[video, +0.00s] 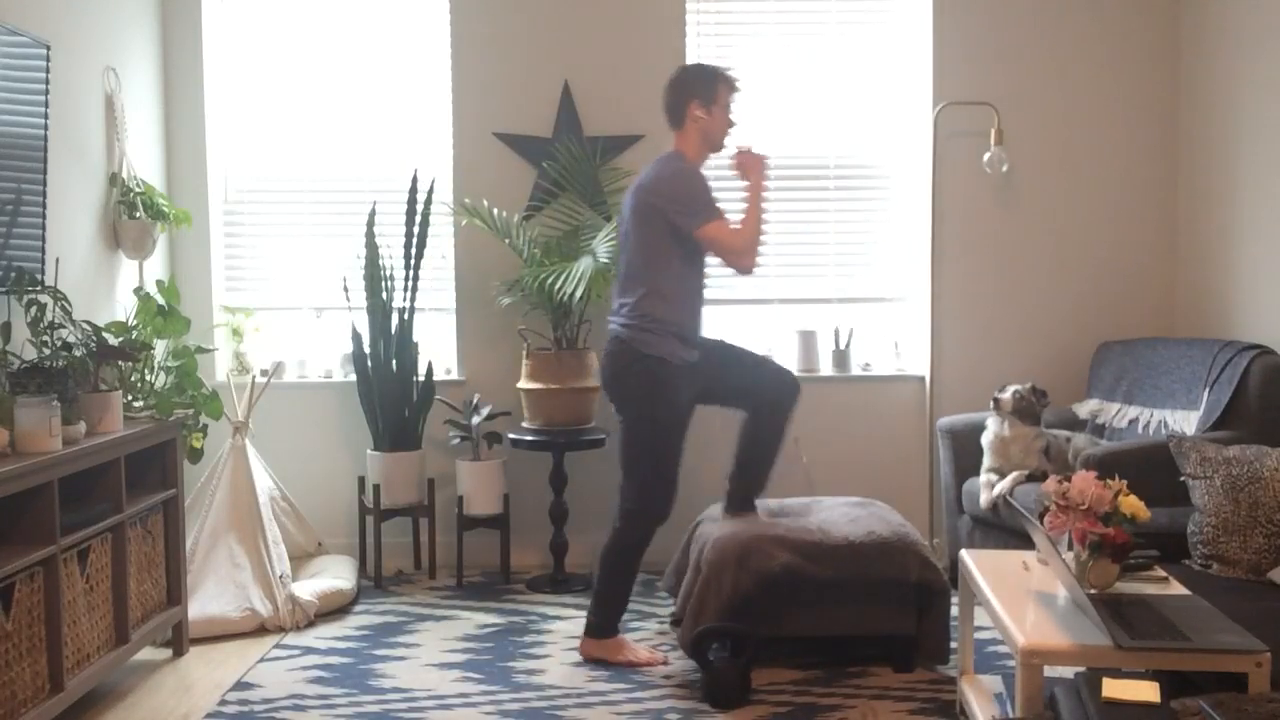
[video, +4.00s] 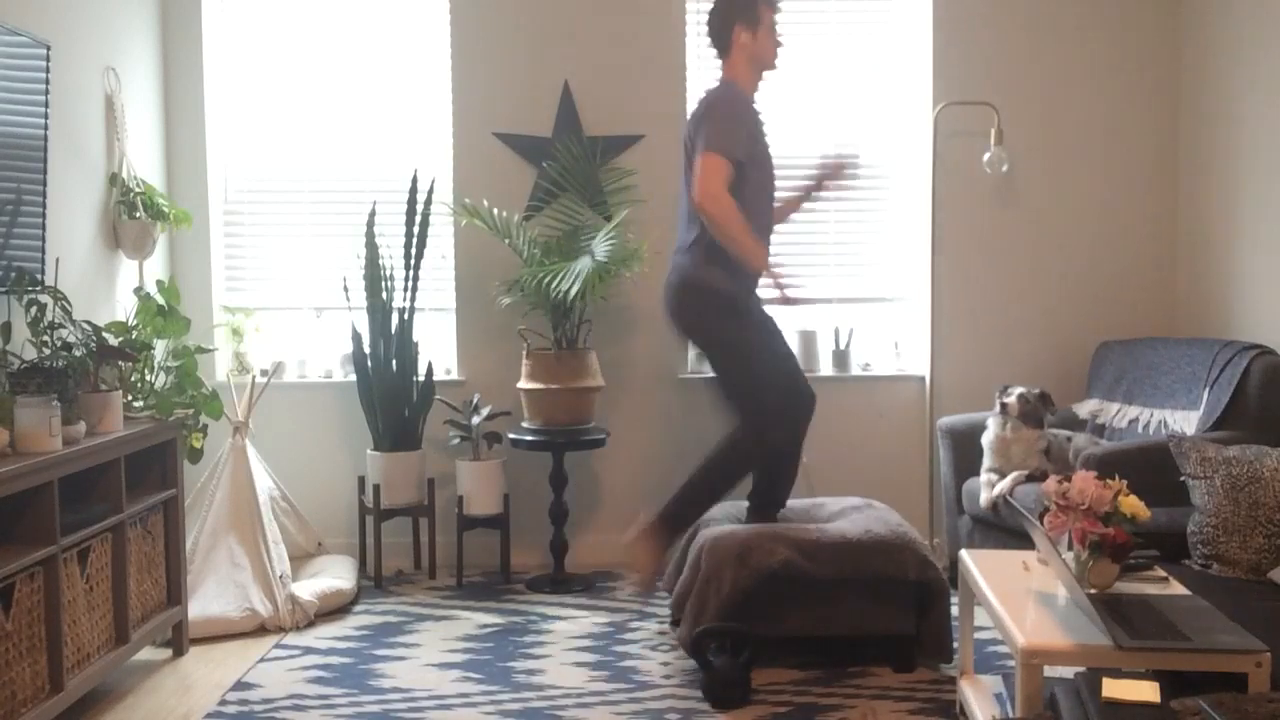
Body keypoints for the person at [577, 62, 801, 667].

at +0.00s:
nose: (731, 122)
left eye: (731, 111)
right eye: (726, 111)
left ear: (690, 114)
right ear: (696, 113)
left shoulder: (674, 178)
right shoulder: (671, 177)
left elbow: (738, 258)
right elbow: (742, 253)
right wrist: (756, 185)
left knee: (778, 387)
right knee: (646, 504)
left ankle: (739, 516)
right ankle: (600, 636)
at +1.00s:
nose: (704, 118)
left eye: (702, 107)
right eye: (695, 107)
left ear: (669, 118)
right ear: (662, 116)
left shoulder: (684, 196)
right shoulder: (629, 184)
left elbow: (757, 221)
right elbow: (561, 259)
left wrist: (713, 163)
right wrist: (548, 347)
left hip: (634, 347)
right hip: (620, 345)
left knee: (621, 489)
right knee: (762, 346)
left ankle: (579, 617)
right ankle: (733, 477)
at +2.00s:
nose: (777, 7)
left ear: (728, 8)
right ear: (741, 3)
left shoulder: (700, 69)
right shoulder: (738, 61)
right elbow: (786, 154)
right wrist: (842, 113)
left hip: (724, 242)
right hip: (726, 250)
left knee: (843, 271)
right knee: (752, 394)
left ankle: (772, 368)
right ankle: (731, 536)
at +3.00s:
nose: (679, 105)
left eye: (677, 95)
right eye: (670, 95)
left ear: (640, 103)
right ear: (638, 101)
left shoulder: (631, 172)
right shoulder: (621, 172)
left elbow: (627, 278)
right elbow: (603, 277)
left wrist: (685, 286)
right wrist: (640, 362)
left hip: (628, 348)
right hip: (618, 352)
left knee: (631, 496)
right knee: (633, 499)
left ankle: (605, 617)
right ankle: (581, 627)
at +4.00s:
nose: (779, 42)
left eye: (776, 31)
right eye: (771, 30)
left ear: (738, 39)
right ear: (742, 36)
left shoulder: (736, 110)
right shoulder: (725, 106)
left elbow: (753, 219)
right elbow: (708, 195)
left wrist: (811, 190)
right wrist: (763, 264)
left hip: (725, 287)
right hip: (706, 287)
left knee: (795, 402)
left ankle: (761, 544)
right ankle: (657, 535)